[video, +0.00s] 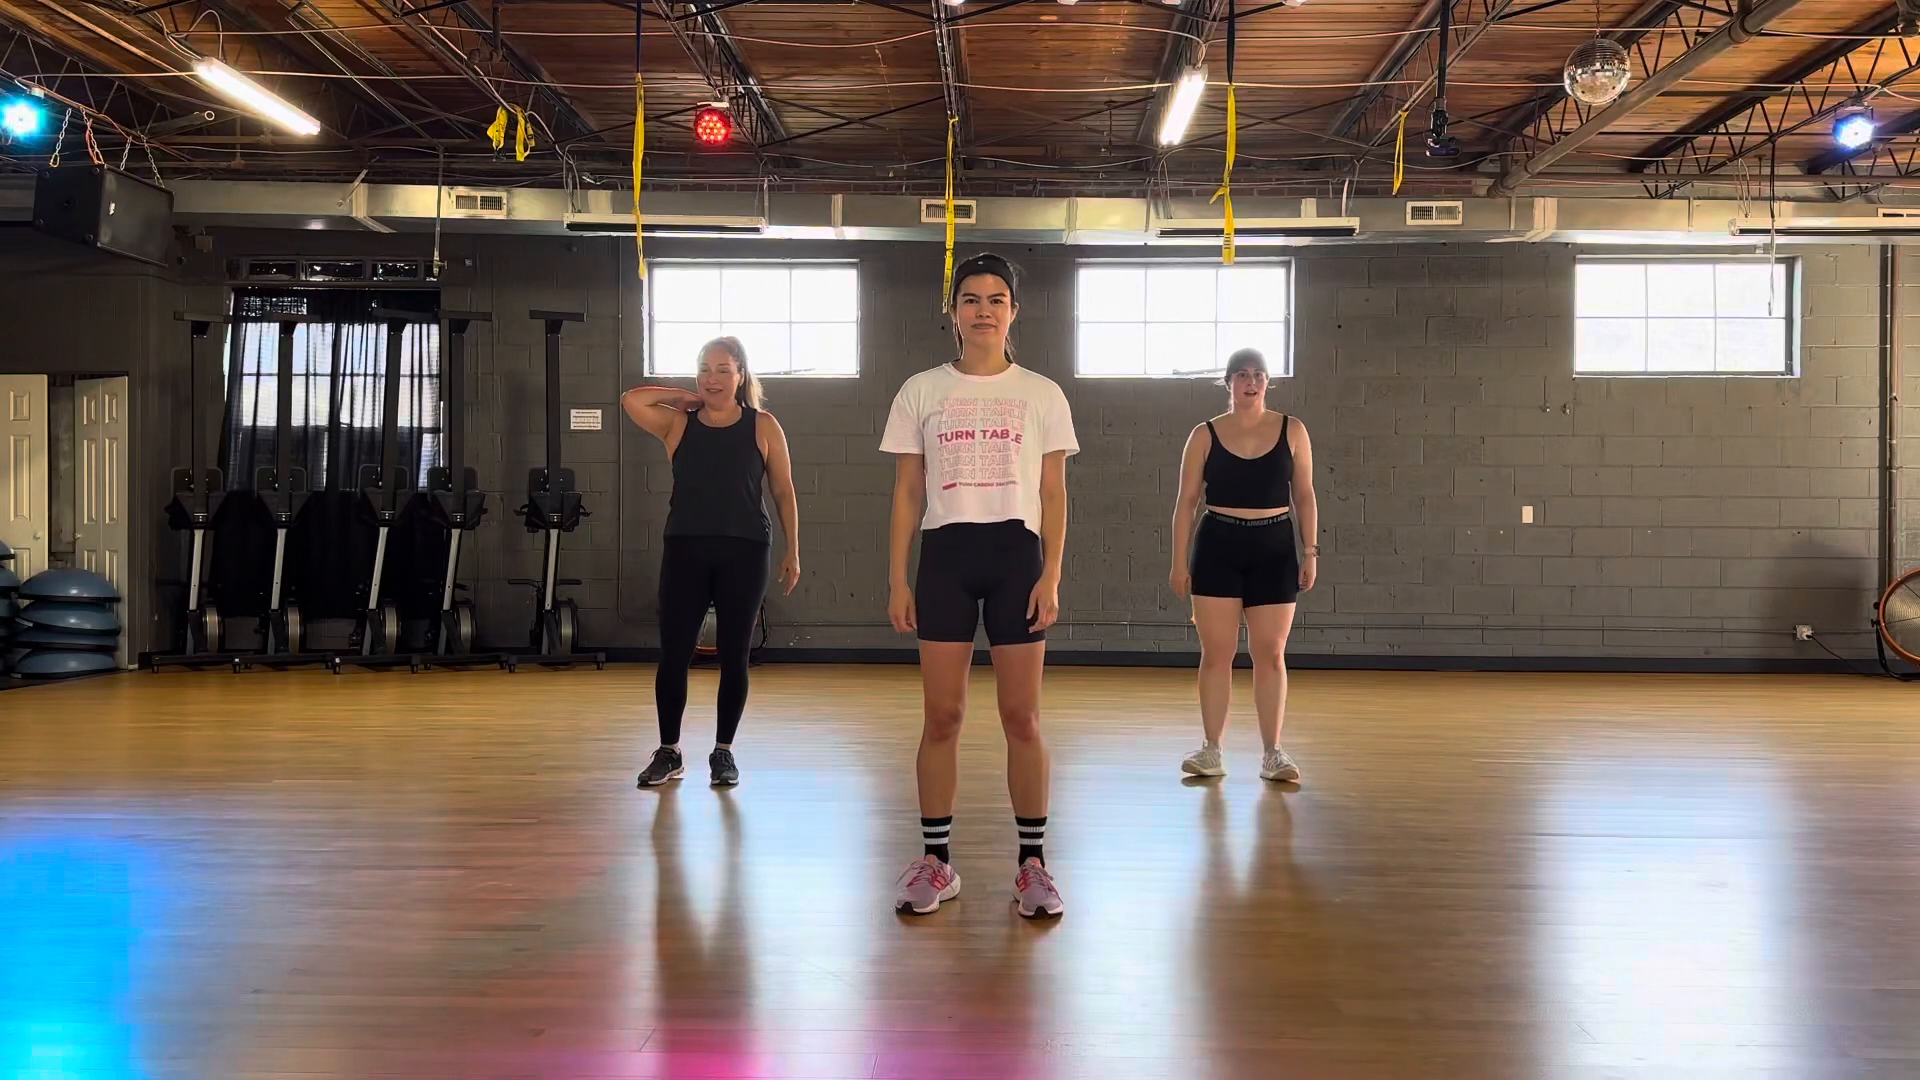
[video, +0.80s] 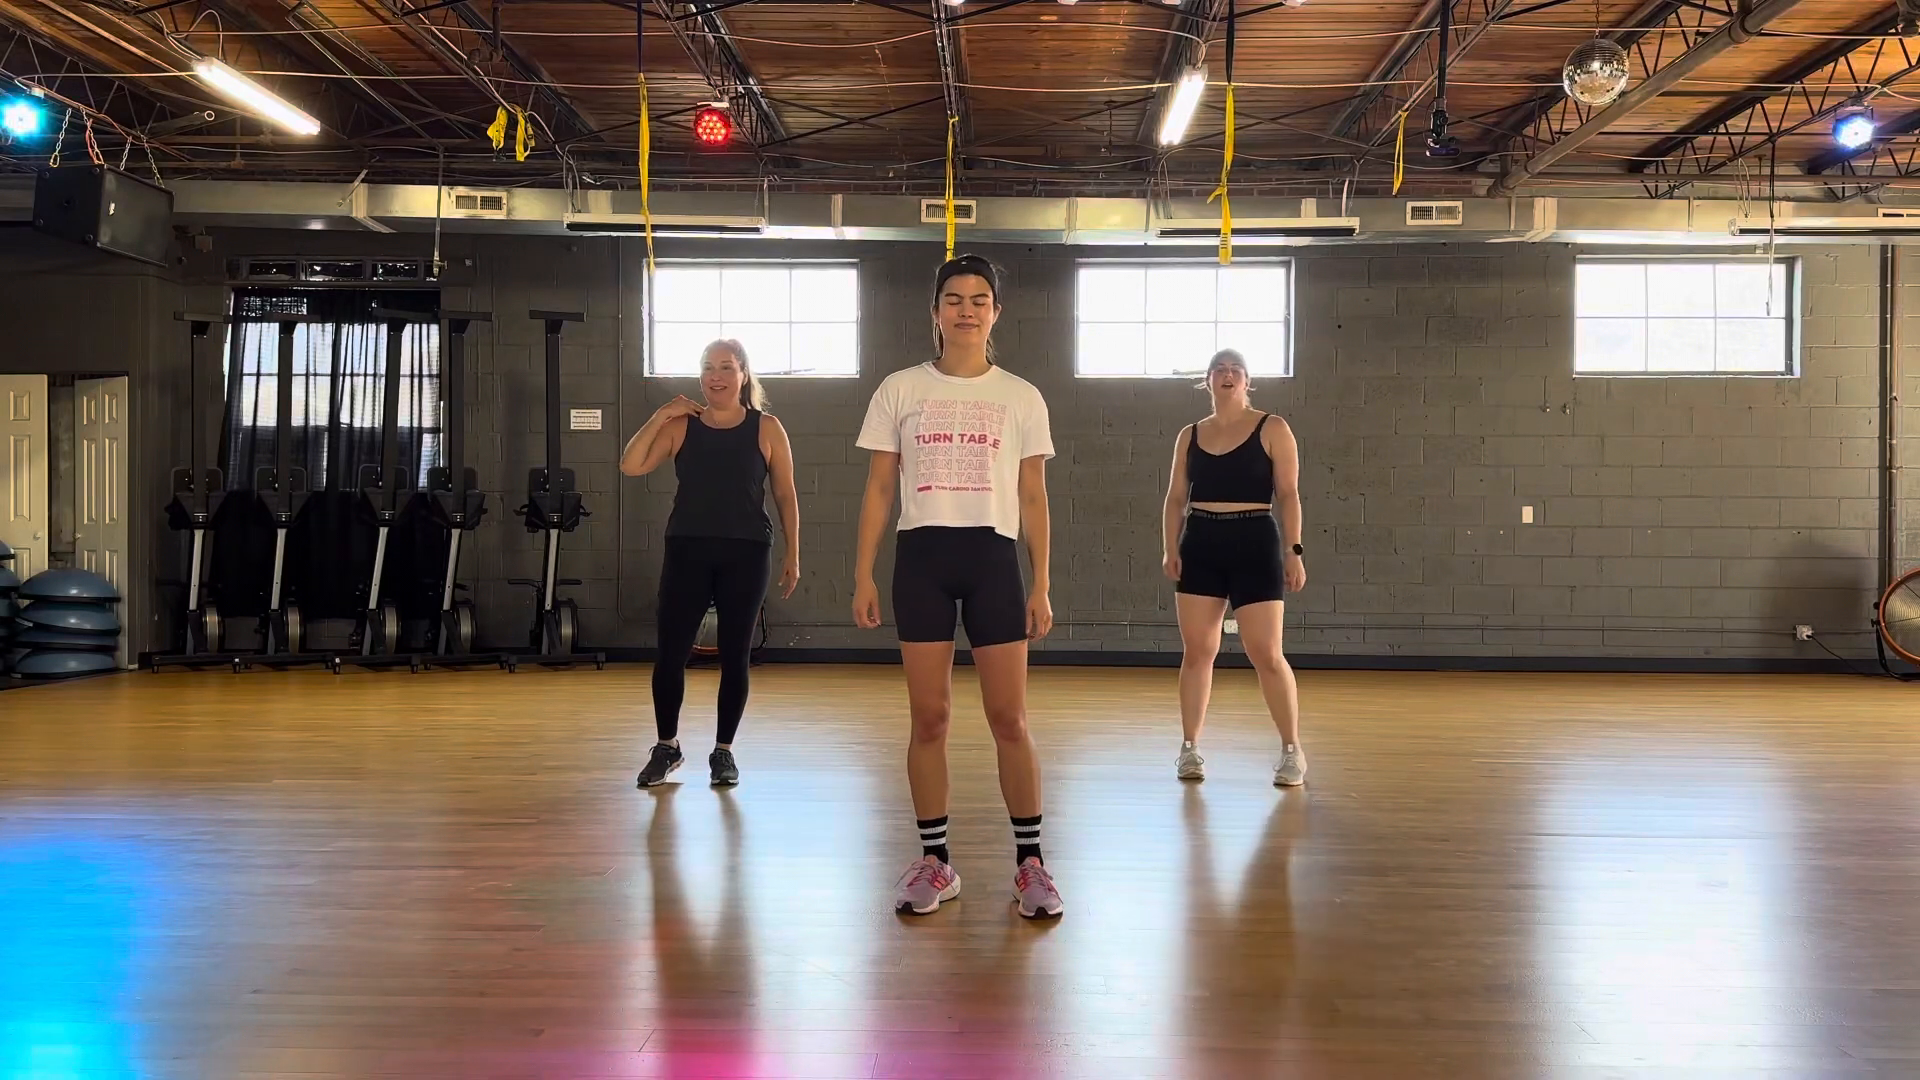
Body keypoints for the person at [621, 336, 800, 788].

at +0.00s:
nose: (714, 378)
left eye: (723, 369)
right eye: (706, 370)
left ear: (741, 375)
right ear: (698, 376)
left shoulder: (764, 426)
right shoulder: (676, 422)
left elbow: (784, 492)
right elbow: (631, 399)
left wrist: (792, 551)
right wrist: (677, 392)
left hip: (744, 552)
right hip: (685, 550)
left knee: (733, 654)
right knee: (674, 652)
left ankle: (722, 750)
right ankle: (667, 751)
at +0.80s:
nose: (716, 375)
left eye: (726, 368)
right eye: (709, 368)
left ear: (744, 375)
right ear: (701, 376)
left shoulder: (766, 428)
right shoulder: (681, 424)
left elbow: (786, 495)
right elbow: (632, 465)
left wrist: (792, 556)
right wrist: (658, 415)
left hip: (745, 553)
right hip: (687, 550)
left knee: (734, 654)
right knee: (671, 649)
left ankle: (723, 750)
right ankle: (666, 746)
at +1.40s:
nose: (719, 377)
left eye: (729, 369)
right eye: (712, 370)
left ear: (747, 376)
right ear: (703, 378)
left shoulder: (771, 429)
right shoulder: (685, 427)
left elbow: (790, 496)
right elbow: (655, 488)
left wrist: (798, 554)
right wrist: (666, 438)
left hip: (748, 554)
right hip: (690, 551)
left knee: (736, 655)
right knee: (672, 649)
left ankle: (723, 749)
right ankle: (667, 743)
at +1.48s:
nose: (720, 377)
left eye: (730, 370)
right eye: (713, 370)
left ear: (747, 377)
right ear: (704, 379)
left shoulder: (770, 429)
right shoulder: (686, 427)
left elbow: (790, 497)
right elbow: (655, 488)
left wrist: (799, 555)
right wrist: (666, 439)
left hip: (748, 554)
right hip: (690, 553)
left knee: (736, 656)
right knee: (677, 652)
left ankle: (724, 750)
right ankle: (670, 750)